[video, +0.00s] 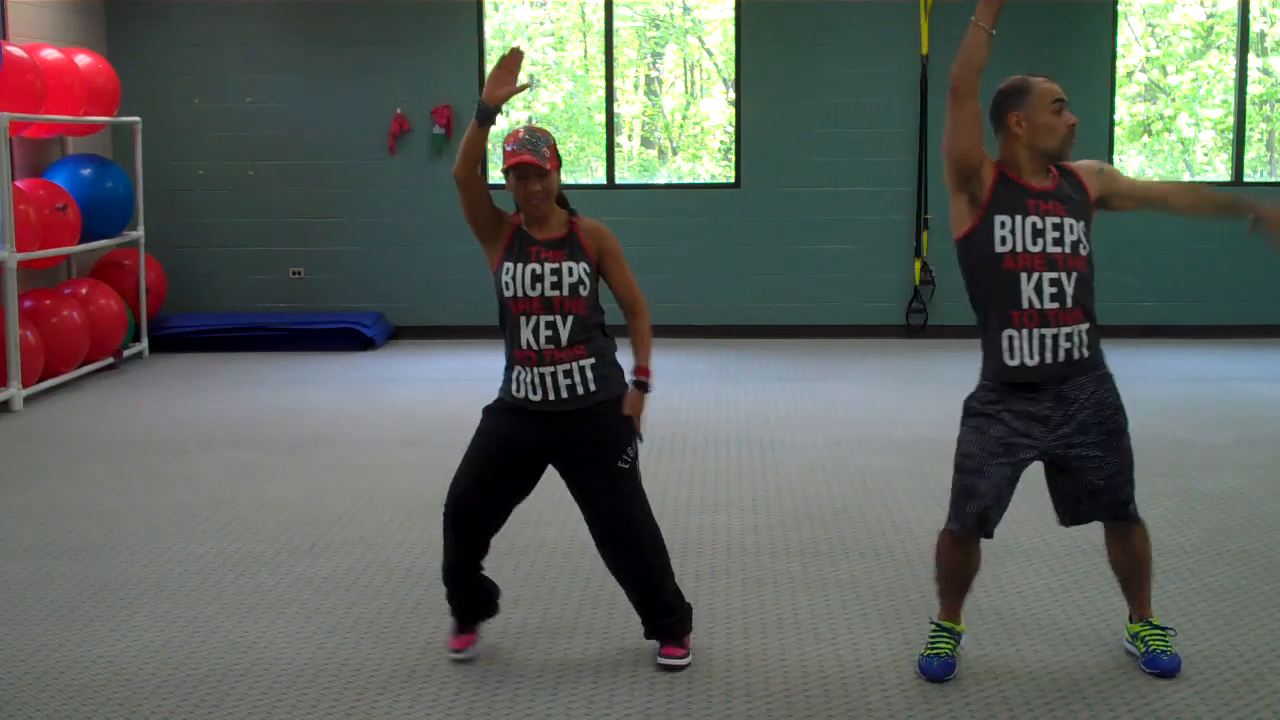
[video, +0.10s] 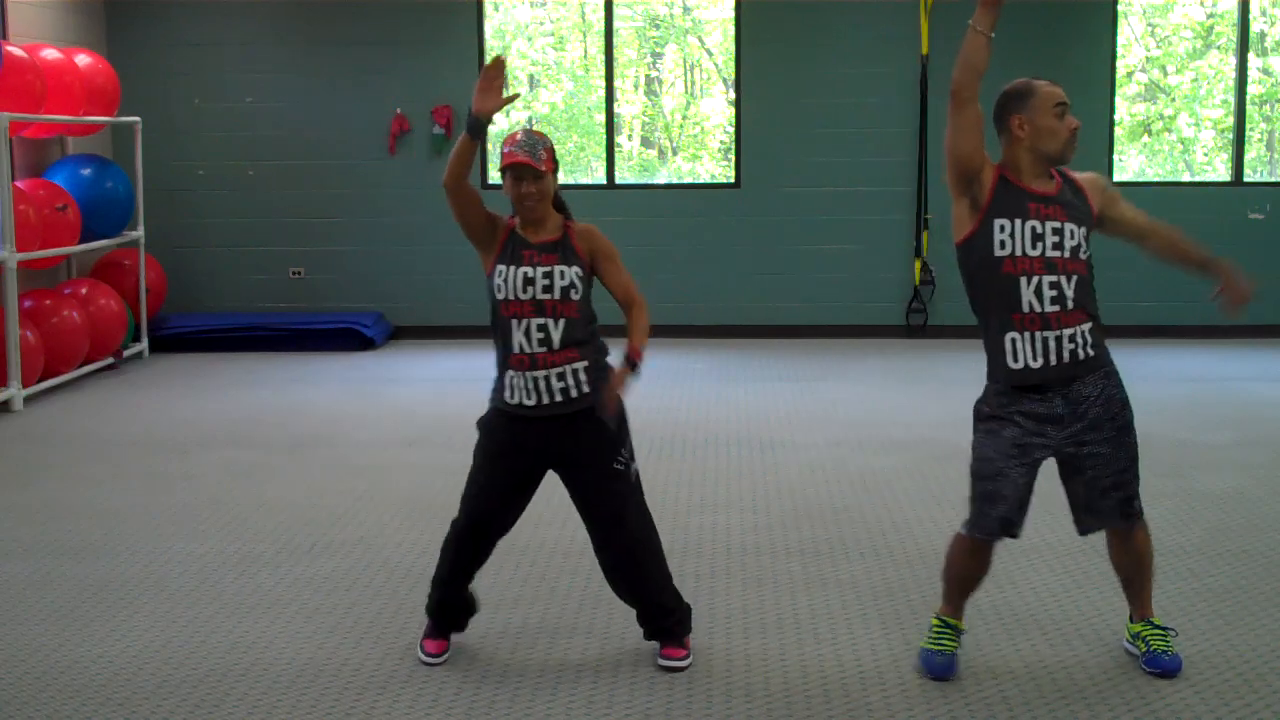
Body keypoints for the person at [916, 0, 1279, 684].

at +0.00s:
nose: (1070, 117)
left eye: (1068, 107)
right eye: (1056, 108)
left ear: (1049, 123)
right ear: (1013, 125)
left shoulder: (1088, 180)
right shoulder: (976, 184)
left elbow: (1174, 195)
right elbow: (961, 85)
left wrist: (1251, 207)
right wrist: (988, 7)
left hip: (1085, 391)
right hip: (1005, 397)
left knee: (1122, 513)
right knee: (964, 523)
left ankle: (1143, 623)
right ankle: (947, 624)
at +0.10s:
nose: (1073, 120)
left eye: (1070, 111)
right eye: (1059, 112)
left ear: (1045, 127)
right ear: (1017, 126)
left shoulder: (1086, 191)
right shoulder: (976, 188)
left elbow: (1152, 233)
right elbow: (960, 96)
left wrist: (1218, 267)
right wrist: (986, 12)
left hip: (1091, 392)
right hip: (1013, 401)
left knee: (1125, 515)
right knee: (984, 526)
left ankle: (1144, 622)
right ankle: (946, 622)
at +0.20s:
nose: (1066, 124)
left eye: (1063, 114)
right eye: (1050, 113)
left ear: (1042, 131)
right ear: (1007, 131)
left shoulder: (1078, 204)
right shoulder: (967, 190)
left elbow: (1106, 271)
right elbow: (950, 98)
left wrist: (1163, 310)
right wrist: (974, 13)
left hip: (1083, 395)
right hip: (1006, 405)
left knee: (1122, 521)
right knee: (993, 537)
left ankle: (1145, 621)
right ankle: (958, 626)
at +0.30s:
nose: (1037, 123)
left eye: (1042, 113)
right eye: (1021, 113)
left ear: (1048, 126)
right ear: (986, 127)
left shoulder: (1061, 208)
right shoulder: (954, 186)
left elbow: (1081, 294)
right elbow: (940, 91)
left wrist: (1101, 295)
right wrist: (963, 10)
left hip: (1055, 393)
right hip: (980, 399)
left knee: (1109, 517)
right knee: (964, 530)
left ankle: (1127, 619)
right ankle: (954, 629)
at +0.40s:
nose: (1007, 117)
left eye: (1018, 108)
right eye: (992, 107)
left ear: (1032, 124)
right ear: (970, 124)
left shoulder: (1051, 198)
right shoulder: (945, 181)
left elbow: (1120, 236)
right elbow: (930, 87)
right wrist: (948, 9)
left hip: (1033, 392)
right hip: (958, 397)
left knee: (1078, 516)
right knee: (949, 530)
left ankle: (1059, 610)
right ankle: (952, 627)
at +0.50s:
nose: (993, 112)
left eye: (1006, 102)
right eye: (979, 102)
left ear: (1023, 118)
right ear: (960, 121)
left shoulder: (1043, 183)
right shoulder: (941, 177)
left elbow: (1102, 126)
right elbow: (926, 85)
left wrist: (1065, 51)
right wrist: (944, 11)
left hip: (1012, 395)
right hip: (935, 393)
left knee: (1026, 528)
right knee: (928, 524)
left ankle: (1006, 619)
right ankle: (950, 624)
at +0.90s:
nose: (926, 123)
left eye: (942, 113)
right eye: (922, 114)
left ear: (981, 127)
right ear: (919, 126)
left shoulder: (1009, 181)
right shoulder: (902, 182)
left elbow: (1035, 90)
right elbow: (849, 109)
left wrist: (1008, 4)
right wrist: (843, 24)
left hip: (993, 400)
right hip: (915, 399)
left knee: (1008, 531)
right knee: (897, 521)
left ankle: (985, 630)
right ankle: (904, 612)